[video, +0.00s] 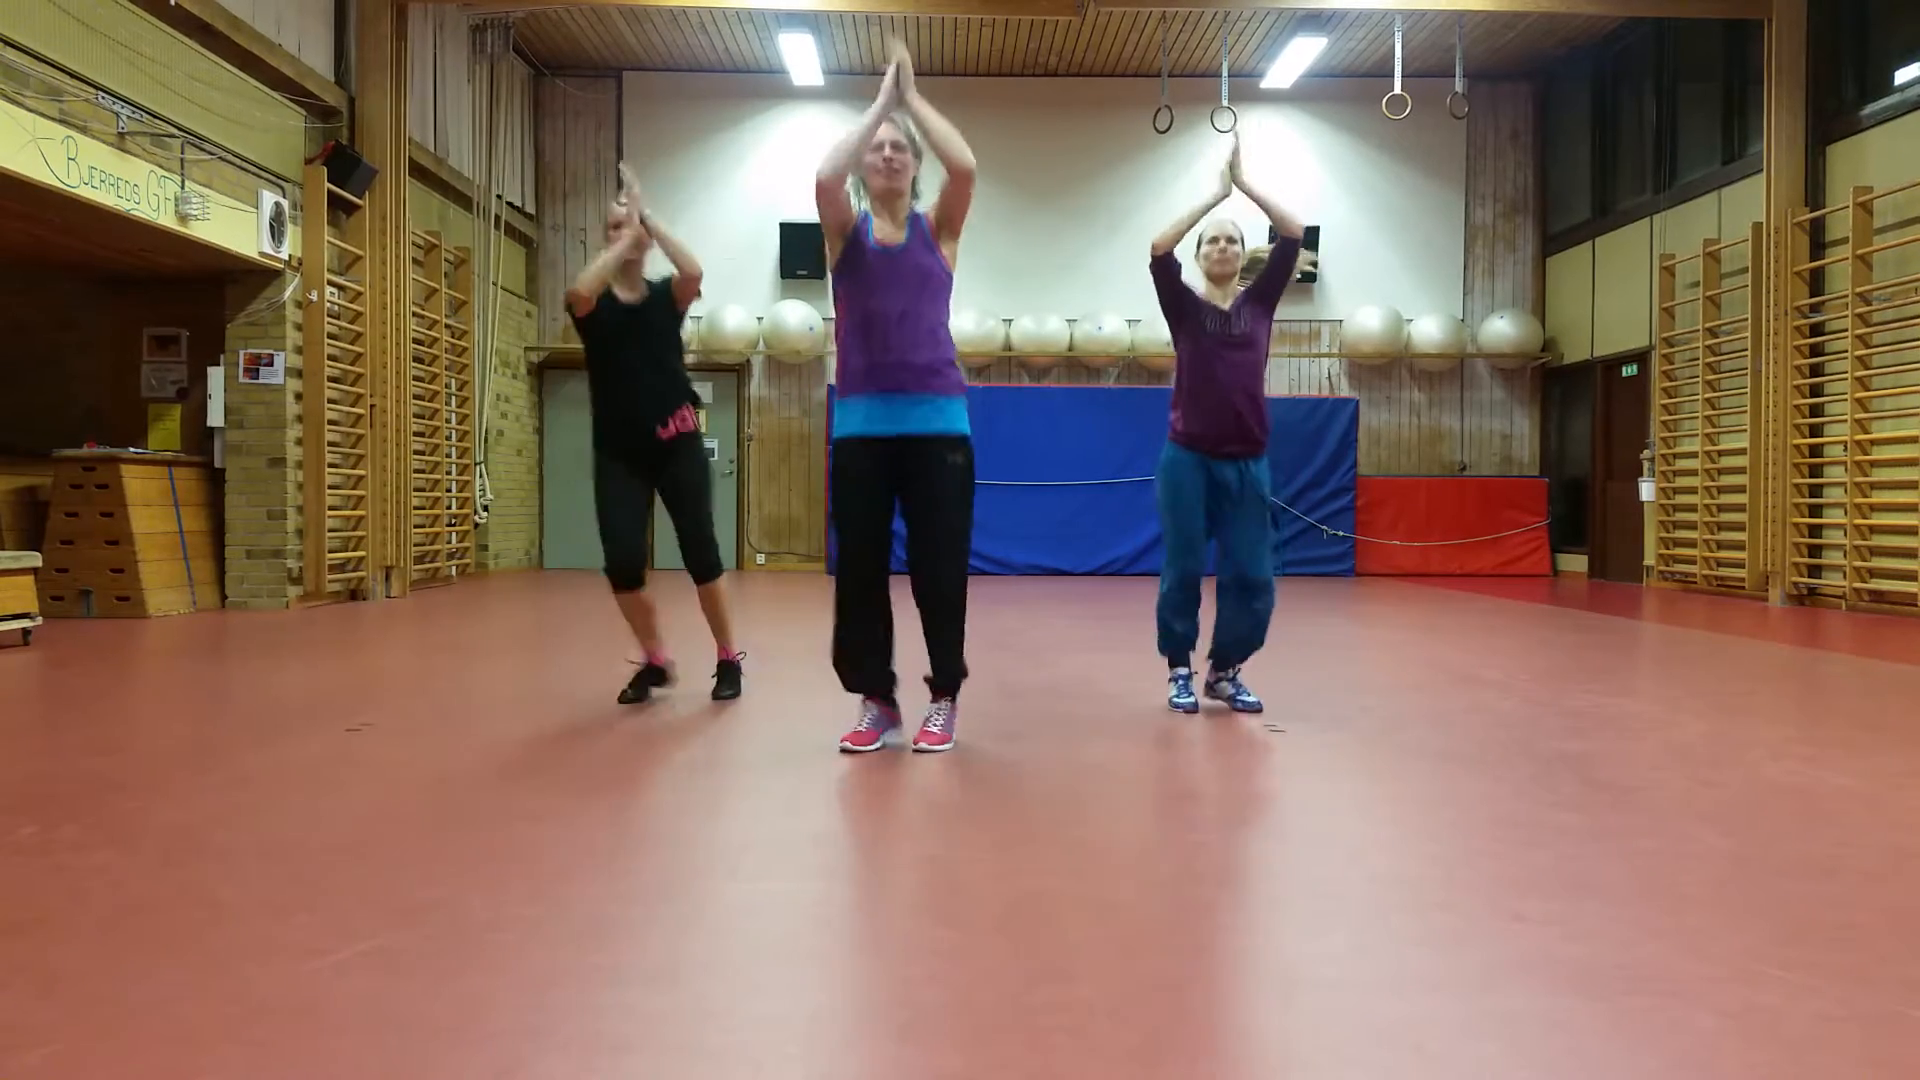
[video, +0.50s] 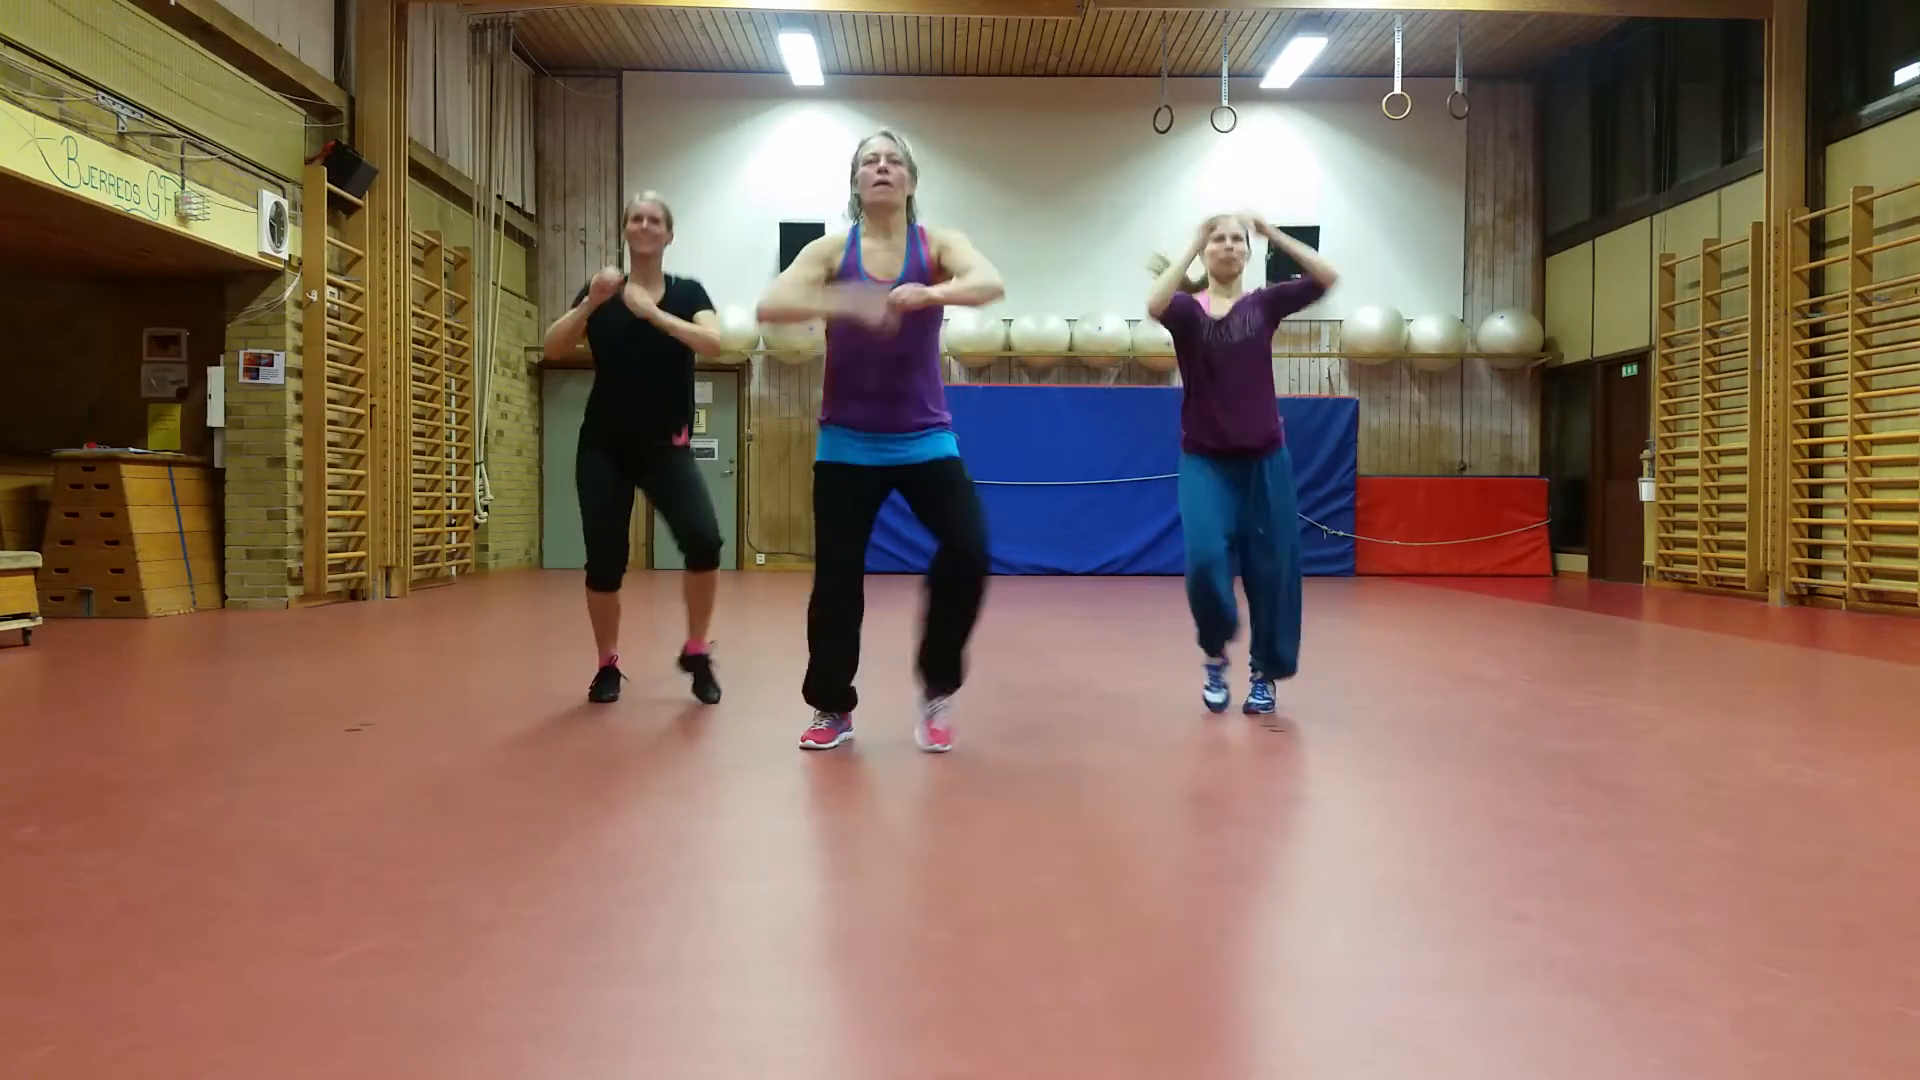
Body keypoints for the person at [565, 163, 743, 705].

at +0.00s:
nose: (623, 236)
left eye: (630, 227)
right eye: (614, 227)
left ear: (645, 240)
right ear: (604, 239)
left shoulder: (668, 297)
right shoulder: (590, 304)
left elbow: (692, 272)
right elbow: (581, 292)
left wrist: (649, 222)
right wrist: (623, 241)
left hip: (678, 444)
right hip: (619, 450)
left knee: (701, 556)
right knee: (622, 568)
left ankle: (728, 658)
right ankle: (655, 662)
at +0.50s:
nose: (644, 227)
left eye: (654, 221)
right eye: (636, 220)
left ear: (669, 234)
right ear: (623, 231)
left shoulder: (685, 292)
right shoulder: (599, 296)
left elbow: (715, 343)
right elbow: (553, 348)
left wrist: (653, 312)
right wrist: (591, 302)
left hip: (666, 445)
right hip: (604, 446)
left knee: (705, 540)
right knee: (604, 562)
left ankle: (696, 650)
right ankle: (607, 665)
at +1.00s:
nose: (653, 216)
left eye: (663, 209)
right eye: (645, 210)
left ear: (682, 224)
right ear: (636, 224)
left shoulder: (704, 272)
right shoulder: (621, 282)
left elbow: (738, 305)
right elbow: (563, 331)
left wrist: (675, 288)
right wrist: (595, 298)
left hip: (695, 435)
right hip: (632, 436)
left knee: (745, 538)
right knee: (581, 541)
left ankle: (764, 648)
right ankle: (570, 652)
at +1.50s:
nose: (660, 232)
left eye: (671, 226)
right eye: (652, 225)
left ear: (688, 240)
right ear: (642, 239)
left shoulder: (712, 301)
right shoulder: (619, 304)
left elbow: (746, 363)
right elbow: (584, 368)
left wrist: (704, 323)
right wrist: (617, 319)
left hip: (708, 451)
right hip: (644, 452)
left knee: (737, 561)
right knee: (583, 548)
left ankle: (761, 666)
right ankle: (578, 653)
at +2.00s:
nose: (665, 250)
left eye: (675, 242)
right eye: (657, 242)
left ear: (694, 252)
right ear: (647, 253)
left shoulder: (717, 311)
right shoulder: (632, 318)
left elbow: (722, 370)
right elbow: (610, 390)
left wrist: (683, 322)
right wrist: (643, 345)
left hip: (702, 467)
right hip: (638, 465)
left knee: (739, 574)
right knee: (579, 565)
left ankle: (771, 673)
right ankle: (581, 660)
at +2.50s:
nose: (656, 227)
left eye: (666, 220)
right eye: (648, 219)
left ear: (682, 232)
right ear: (636, 231)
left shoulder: (703, 287)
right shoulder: (618, 291)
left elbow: (744, 301)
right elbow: (558, 307)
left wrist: (681, 290)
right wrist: (617, 292)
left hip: (698, 452)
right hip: (633, 451)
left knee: (740, 562)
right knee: (568, 544)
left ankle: (767, 670)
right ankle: (556, 653)